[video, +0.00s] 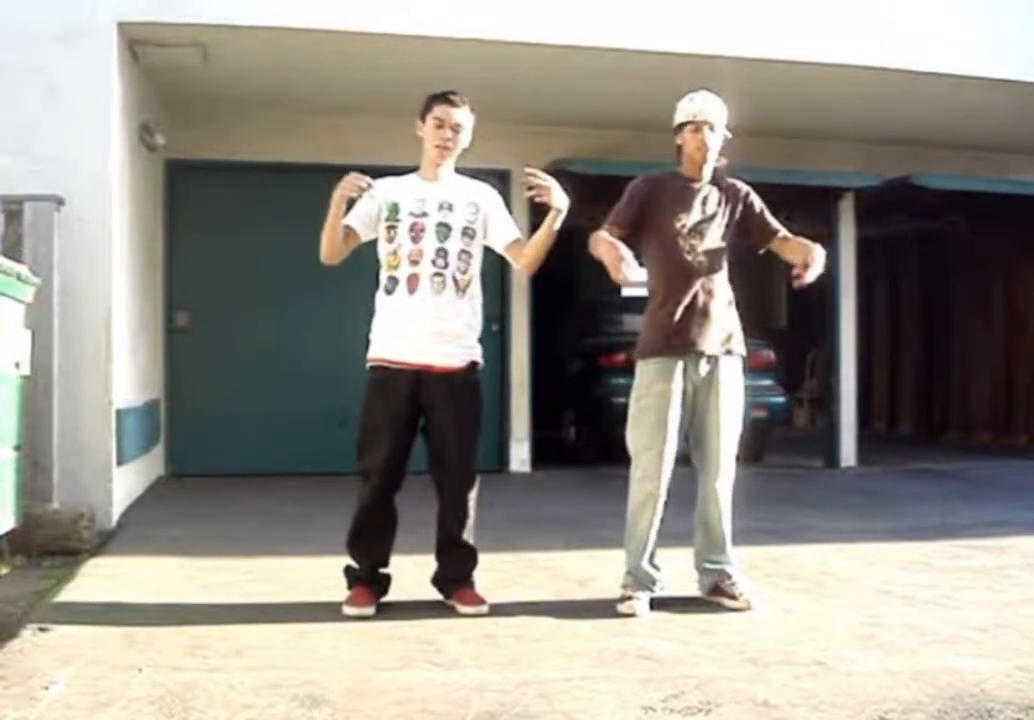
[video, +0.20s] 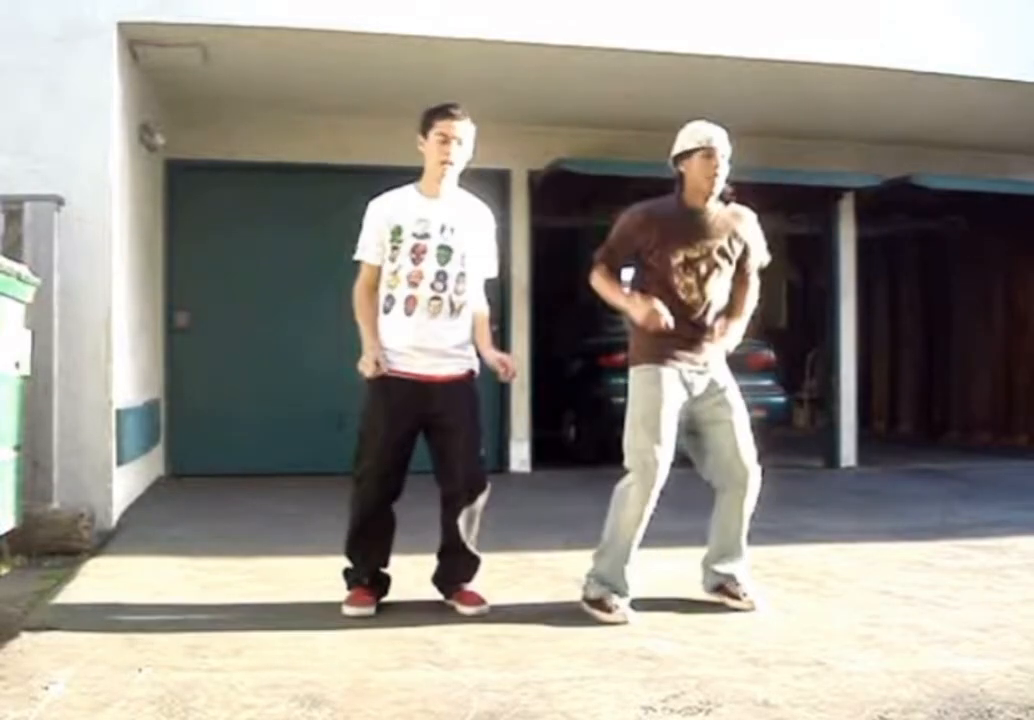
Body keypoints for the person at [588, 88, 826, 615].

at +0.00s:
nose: (700, 136)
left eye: (709, 128)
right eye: (692, 127)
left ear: (724, 137)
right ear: (678, 134)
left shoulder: (736, 195)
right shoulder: (650, 189)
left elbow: (777, 238)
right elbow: (602, 239)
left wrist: (810, 251)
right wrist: (614, 257)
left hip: (722, 346)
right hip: (662, 344)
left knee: (719, 467)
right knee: (651, 467)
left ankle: (717, 572)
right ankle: (638, 580)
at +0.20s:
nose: (717, 165)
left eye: (722, 157)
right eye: (706, 156)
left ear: (727, 164)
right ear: (681, 163)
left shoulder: (743, 224)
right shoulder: (645, 219)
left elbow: (749, 283)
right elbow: (600, 272)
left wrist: (734, 323)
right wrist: (631, 303)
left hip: (712, 362)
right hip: (657, 364)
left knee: (741, 472)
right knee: (648, 470)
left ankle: (724, 572)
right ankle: (604, 585)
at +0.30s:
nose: (736, 181)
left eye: (735, 173)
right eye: (724, 174)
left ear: (730, 183)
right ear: (691, 183)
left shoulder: (733, 237)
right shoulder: (662, 242)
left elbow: (722, 297)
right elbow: (630, 310)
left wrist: (751, 340)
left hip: (712, 377)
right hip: (663, 379)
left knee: (745, 479)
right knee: (658, 482)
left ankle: (723, 573)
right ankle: (605, 585)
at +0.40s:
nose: (741, 158)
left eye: (738, 149)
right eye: (731, 150)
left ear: (705, 159)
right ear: (705, 158)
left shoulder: (711, 205)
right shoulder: (702, 197)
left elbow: (724, 270)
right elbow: (701, 252)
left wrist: (782, 250)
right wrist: (769, 244)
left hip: (713, 360)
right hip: (682, 364)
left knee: (783, 449)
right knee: (675, 478)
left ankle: (741, 559)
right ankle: (607, 584)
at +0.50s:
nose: (744, 141)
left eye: (740, 134)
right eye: (736, 133)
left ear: (702, 141)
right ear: (715, 136)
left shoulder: (705, 184)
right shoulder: (714, 163)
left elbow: (753, 209)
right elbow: (772, 173)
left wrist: (807, 173)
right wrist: (818, 161)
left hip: (723, 344)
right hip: (703, 343)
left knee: (776, 446)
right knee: (669, 458)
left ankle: (786, 565)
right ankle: (607, 575)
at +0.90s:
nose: (778, 157)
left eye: (776, 151)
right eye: (771, 150)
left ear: (737, 161)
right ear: (750, 156)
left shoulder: (733, 202)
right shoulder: (753, 188)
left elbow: (766, 225)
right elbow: (814, 208)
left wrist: (788, 183)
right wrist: (837, 154)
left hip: (753, 351)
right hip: (745, 349)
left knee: (795, 456)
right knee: (703, 460)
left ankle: (787, 572)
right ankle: (614, 562)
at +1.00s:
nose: (802, 169)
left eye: (801, 160)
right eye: (796, 159)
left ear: (763, 165)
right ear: (774, 162)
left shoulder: (751, 207)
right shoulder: (773, 201)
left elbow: (785, 260)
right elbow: (793, 254)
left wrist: (829, 241)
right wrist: (845, 213)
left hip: (755, 359)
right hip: (747, 355)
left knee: (799, 461)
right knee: (698, 464)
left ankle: (788, 573)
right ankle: (614, 566)